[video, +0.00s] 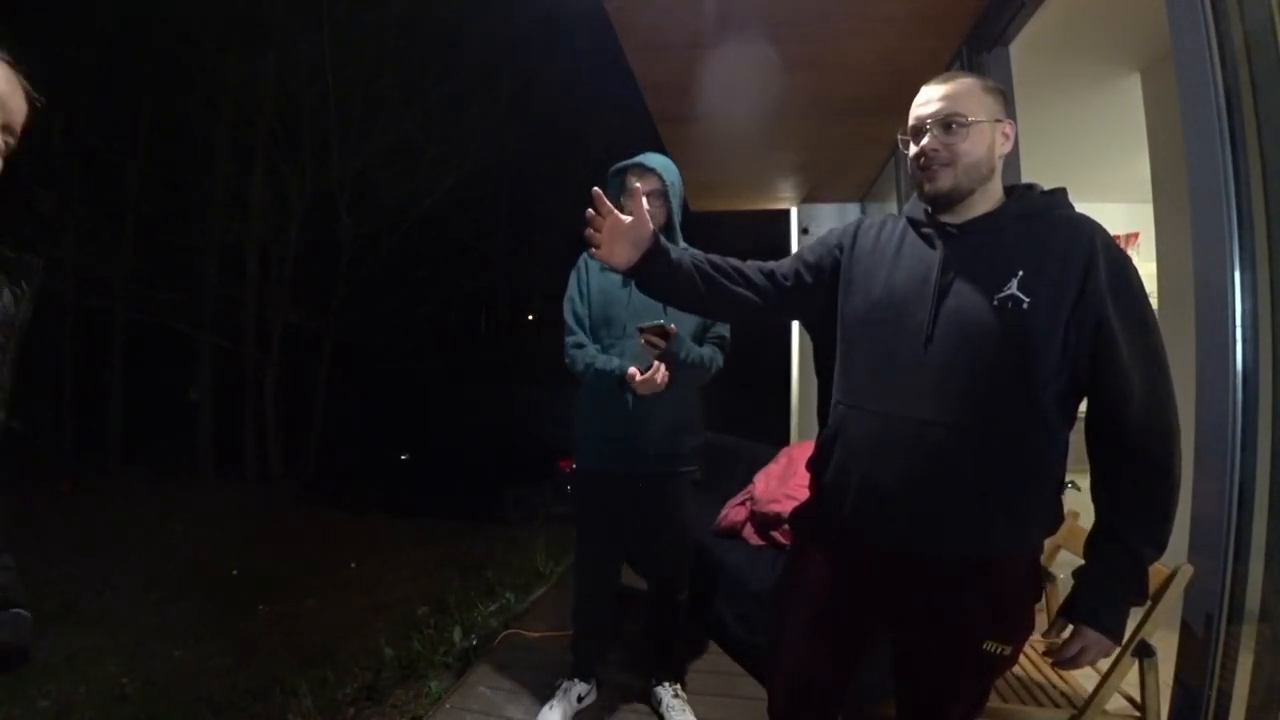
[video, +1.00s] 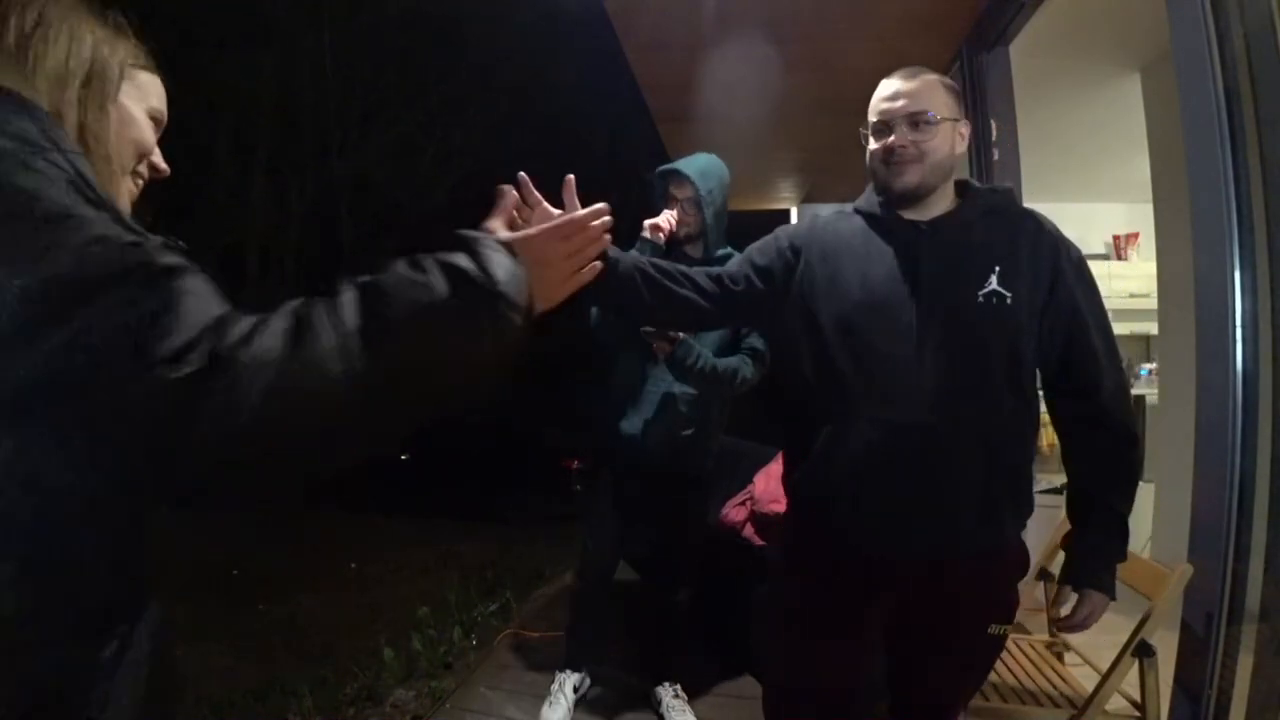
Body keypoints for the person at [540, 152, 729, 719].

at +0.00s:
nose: (644, 206)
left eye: (656, 196)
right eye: (634, 195)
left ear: (674, 202)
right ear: (616, 202)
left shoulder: (698, 271)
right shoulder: (591, 266)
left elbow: (714, 356)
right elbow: (575, 349)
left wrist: (678, 351)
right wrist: (626, 370)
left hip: (671, 448)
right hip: (604, 445)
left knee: (671, 568)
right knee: (594, 565)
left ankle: (665, 678)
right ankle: (582, 677)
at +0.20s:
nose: (652, 204)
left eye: (664, 194)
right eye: (642, 193)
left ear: (686, 201)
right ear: (627, 200)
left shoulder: (712, 274)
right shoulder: (603, 269)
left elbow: (725, 360)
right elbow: (579, 351)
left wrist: (688, 349)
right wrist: (611, 343)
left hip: (678, 442)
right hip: (611, 438)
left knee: (673, 556)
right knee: (599, 554)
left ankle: (666, 679)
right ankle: (582, 675)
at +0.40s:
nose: (662, 204)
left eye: (674, 194)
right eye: (653, 194)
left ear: (698, 199)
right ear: (640, 203)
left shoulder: (725, 274)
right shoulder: (618, 265)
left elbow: (736, 365)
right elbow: (583, 335)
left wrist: (693, 350)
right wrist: (611, 259)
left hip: (684, 442)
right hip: (617, 435)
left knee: (674, 558)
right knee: (600, 555)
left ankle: (668, 680)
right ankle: (583, 675)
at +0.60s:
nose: (663, 208)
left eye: (677, 198)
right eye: (657, 197)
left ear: (705, 203)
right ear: (647, 205)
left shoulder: (733, 276)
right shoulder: (629, 264)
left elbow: (741, 368)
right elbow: (593, 328)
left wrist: (690, 350)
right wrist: (631, 254)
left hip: (682, 448)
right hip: (614, 442)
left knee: (674, 565)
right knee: (600, 560)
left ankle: (667, 679)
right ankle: (585, 675)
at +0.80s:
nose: (667, 211)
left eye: (679, 201)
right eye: (661, 200)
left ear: (708, 204)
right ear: (653, 206)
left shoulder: (738, 273)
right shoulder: (635, 260)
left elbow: (748, 368)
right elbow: (597, 324)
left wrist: (686, 351)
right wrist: (640, 247)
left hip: (687, 445)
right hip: (617, 437)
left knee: (676, 561)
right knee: (603, 556)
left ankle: (667, 679)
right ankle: (587, 676)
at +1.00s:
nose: (676, 213)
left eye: (688, 203)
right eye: (670, 202)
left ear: (715, 207)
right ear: (662, 204)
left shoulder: (741, 276)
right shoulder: (642, 265)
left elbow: (749, 368)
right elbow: (604, 322)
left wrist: (681, 353)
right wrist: (642, 254)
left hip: (685, 447)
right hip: (620, 437)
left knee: (669, 560)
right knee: (599, 554)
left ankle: (663, 675)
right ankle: (578, 667)